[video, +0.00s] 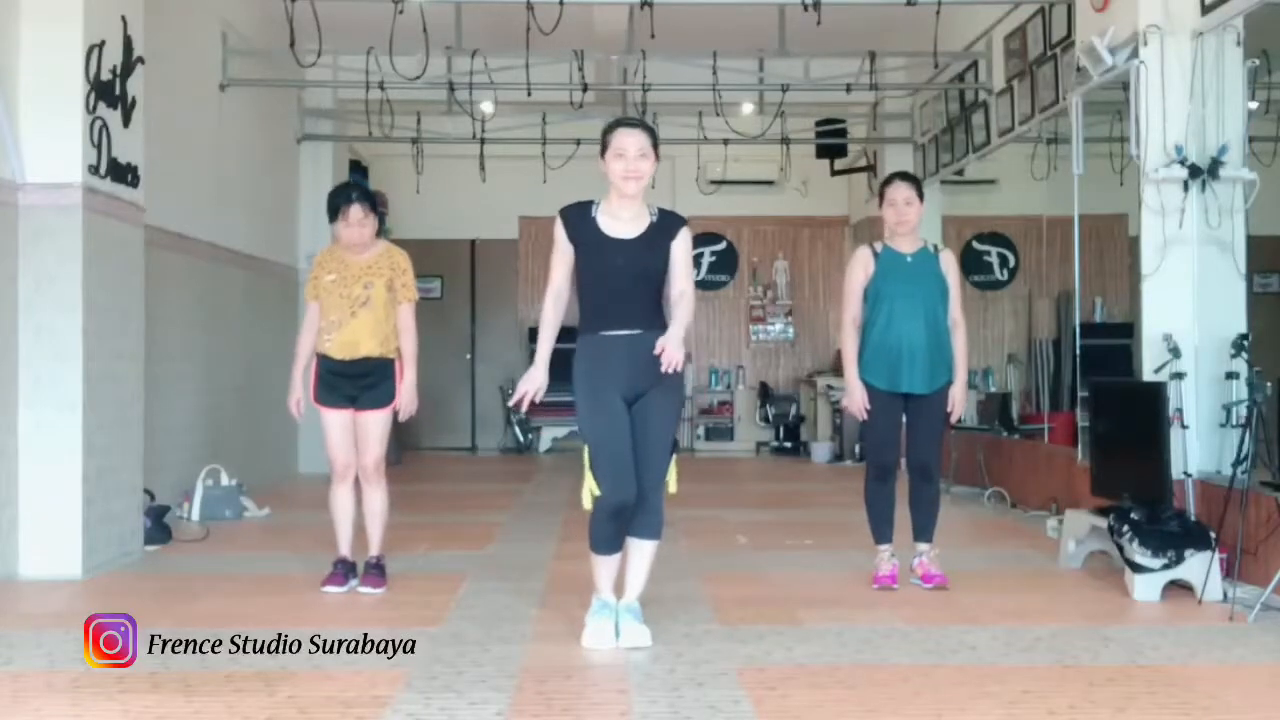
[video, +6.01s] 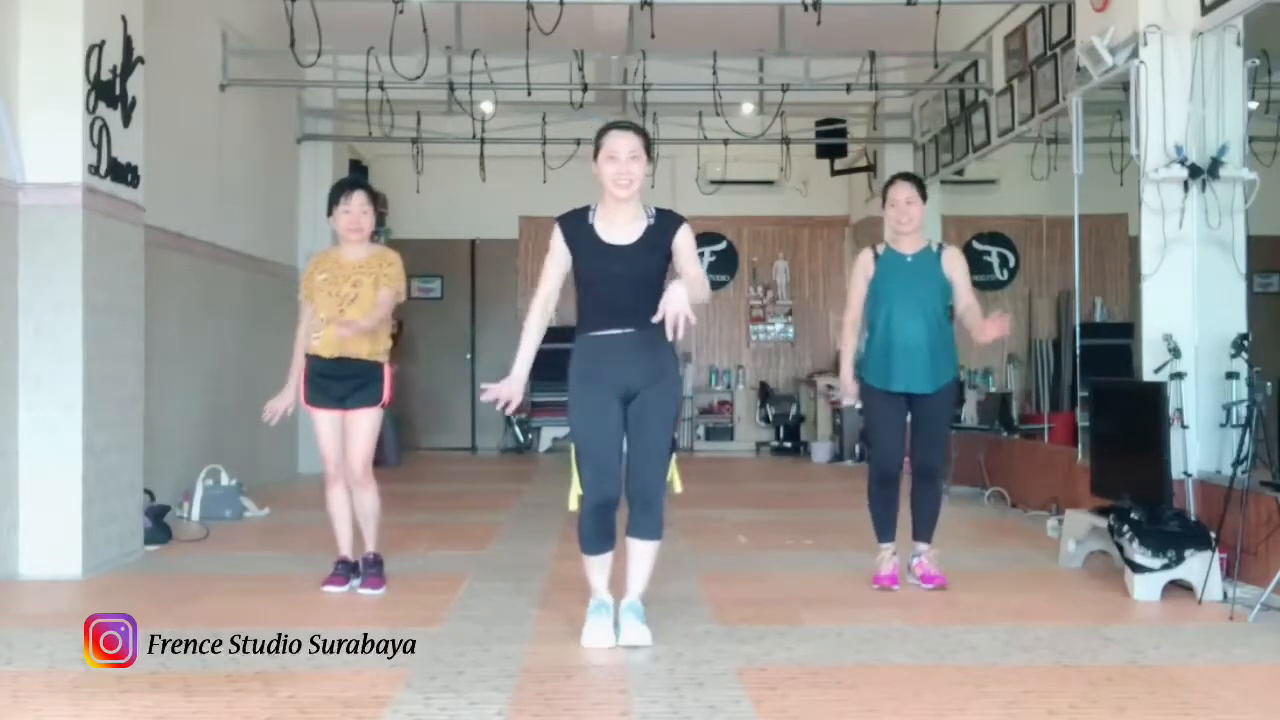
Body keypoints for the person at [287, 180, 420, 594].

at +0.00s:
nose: (355, 230)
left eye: (363, 221)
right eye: (347, 222)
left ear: (377, 220)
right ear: (334, 224)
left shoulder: (395, 260)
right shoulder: (324, 261)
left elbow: (407, 324)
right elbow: (311, 323)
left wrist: (409, 381)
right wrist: (297, 379)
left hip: (379, 369)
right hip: (331, 369)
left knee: (371, 467)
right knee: (341, 468)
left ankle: (375, 560)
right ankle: (343, 560)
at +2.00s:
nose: (354, 213)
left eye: (363, 204)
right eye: (345, 205)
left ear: (378, 213)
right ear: (334, 214)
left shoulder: (392, 259)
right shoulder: (324, 261)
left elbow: (389, 300)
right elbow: (313, 325)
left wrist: (370, 321)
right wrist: (299, 381)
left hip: (372, 369)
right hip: (326, 368)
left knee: (366, 468)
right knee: (338, 470)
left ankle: (372, 557)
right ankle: (345, 560)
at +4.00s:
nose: (350, 213)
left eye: (360, 207)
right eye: (343, 206)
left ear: (375, 216)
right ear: (331, 214)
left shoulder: (387, 262)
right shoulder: (319, 265)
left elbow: (379, 317)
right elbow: (308, 330)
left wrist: (369, 316)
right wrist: (297, 383)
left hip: (367, 369)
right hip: (322, 368)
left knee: (360, 469)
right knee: (335, 471)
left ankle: (371, 558)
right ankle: (345, 560)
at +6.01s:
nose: (355, 218)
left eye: (364, 211)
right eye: (346, 210)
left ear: (376, 219)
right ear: (332, 217)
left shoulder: (387, 262)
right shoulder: (318, 266)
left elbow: (382, 316)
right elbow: (304, 330)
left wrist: (351, 326)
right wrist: (291, 387)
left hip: (367, 371)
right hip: (321, 370)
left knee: (358, 470)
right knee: (333, 471)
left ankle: (371, 558)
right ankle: (345, 560)